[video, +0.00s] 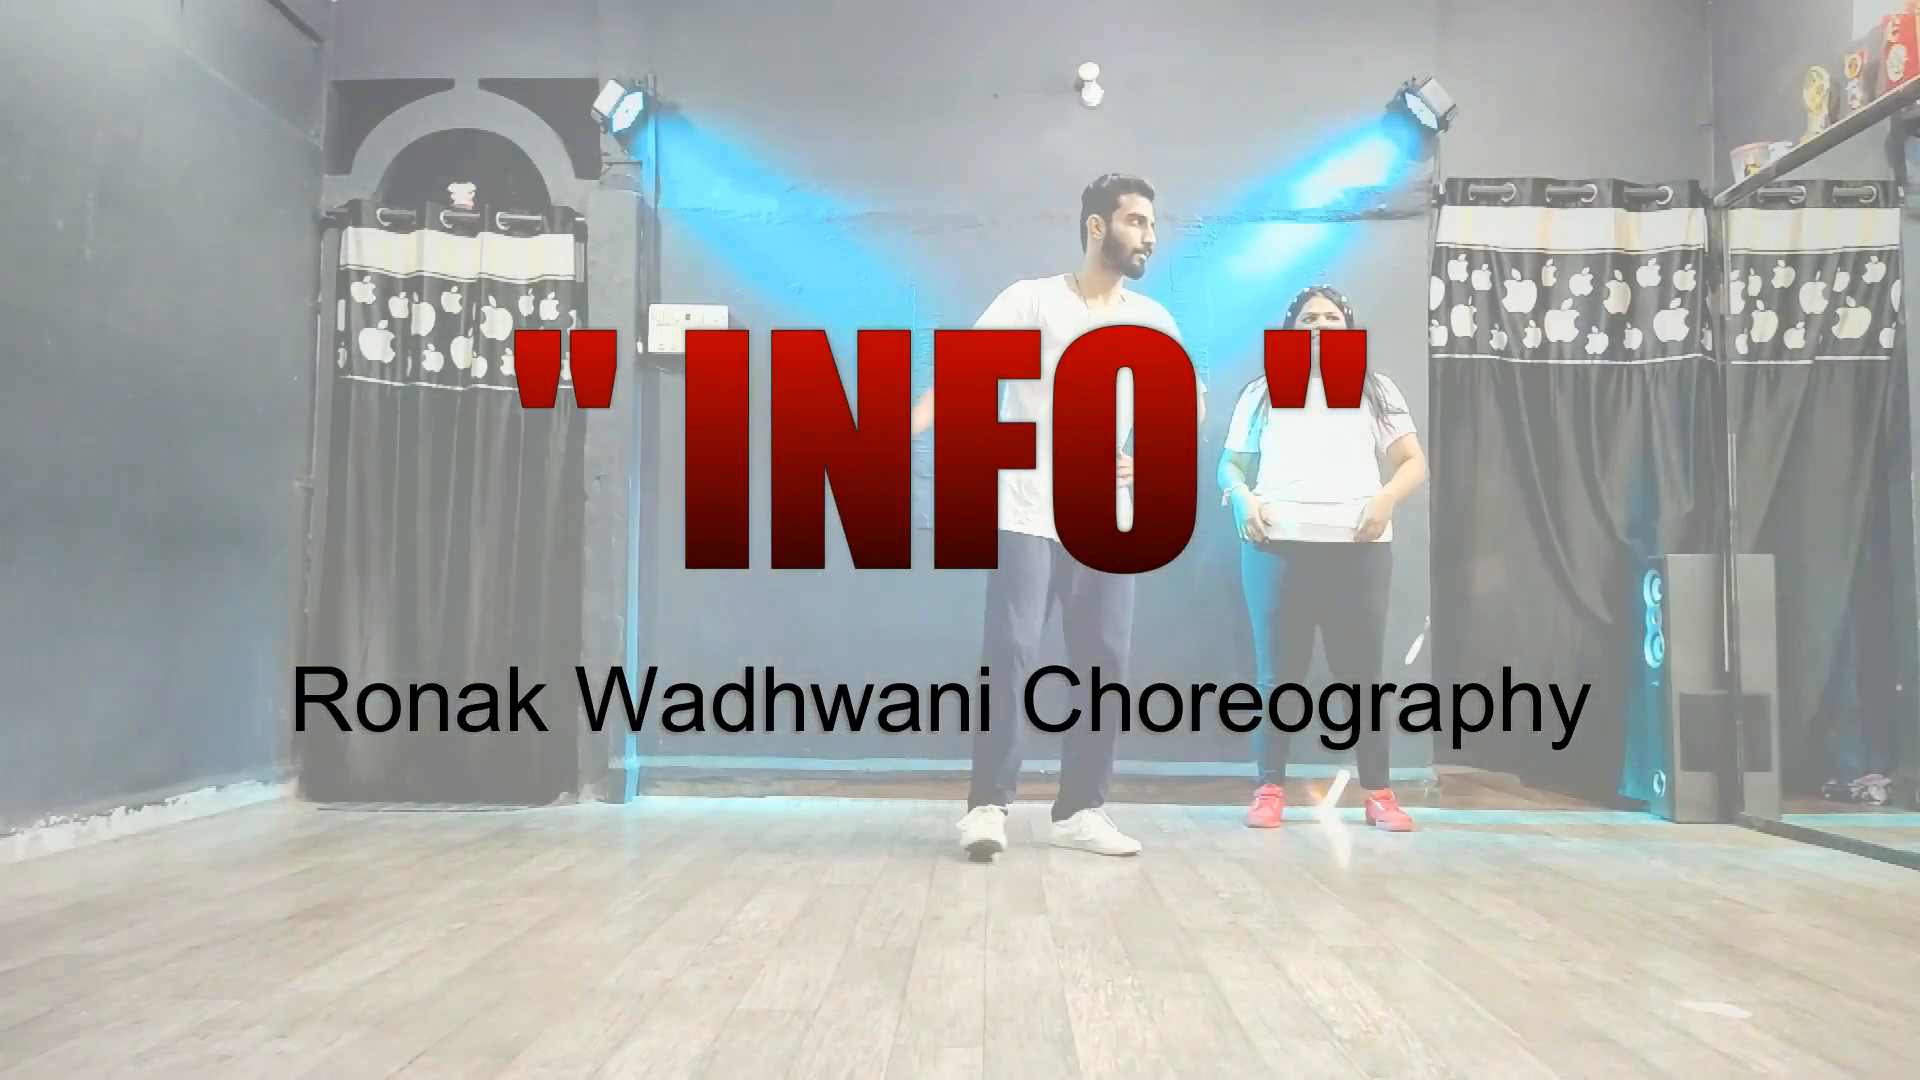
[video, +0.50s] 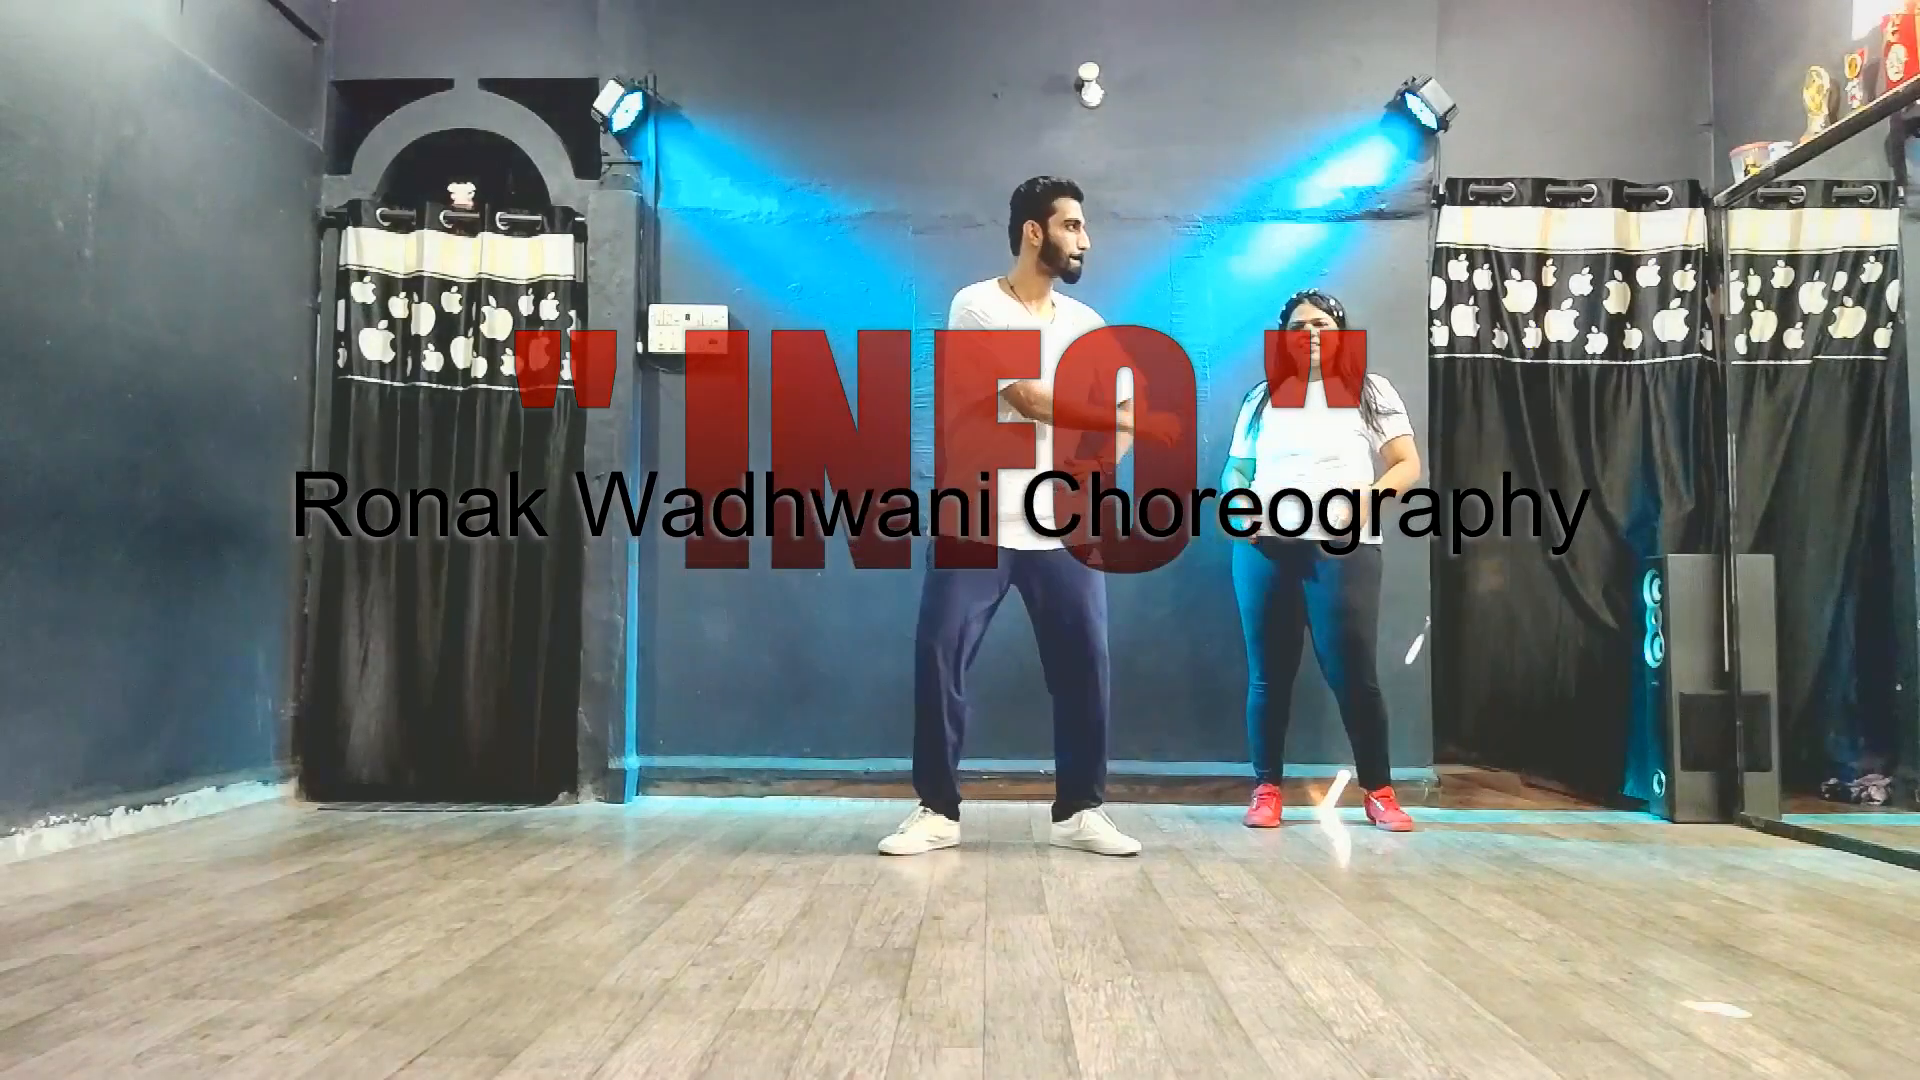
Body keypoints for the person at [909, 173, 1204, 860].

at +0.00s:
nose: (1147, 234)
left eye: (1151, 224)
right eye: (1135, 221)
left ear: (1151, 237)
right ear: (1095, 227)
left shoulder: (1156, 322)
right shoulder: (1026, 303)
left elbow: (1183, 417)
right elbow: (954, 383)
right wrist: (895, 439)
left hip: (1112, 517)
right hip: (1028, 510)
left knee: (1104, 659)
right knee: (1012, 650)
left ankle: (1080, 807)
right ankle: (988, 804)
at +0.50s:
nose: (1083, 237)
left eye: (1084, 226)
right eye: (1071, 224)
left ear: (1069, 237)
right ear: (1030, 231)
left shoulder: (1089, 326)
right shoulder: (973, 306)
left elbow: (1126, 425)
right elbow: (955, 412)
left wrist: (1054, 409)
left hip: (1066, 528)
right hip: (979, 522)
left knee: (1086, 662)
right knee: (937, 649)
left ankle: (1078, 809)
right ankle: (938, 811)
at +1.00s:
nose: (972, 257)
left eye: (978, 245)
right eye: (956, 246)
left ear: (984, 252)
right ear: (920, 255)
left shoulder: (1014, 325)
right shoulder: (880, 345)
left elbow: (1076, 394)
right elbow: (827, 431)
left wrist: (1044, 475)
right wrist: (752, 432)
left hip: (1002, 527)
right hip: (917, 530)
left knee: (1065, 649)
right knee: (911, 661)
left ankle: (1069, 805)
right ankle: (898, 809)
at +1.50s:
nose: (1005, 300)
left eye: (1020, 289)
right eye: (993, 285)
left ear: (1037, 298)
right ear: (972, 286)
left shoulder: (1066, 364)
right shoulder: (932, 352)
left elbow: (1144, 424)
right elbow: (898, 427)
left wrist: (1077, 491)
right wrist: (926, 415)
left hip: (1032, 536)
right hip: (944, 534)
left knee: (1062, 658)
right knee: (903, 649)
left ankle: (1080, 806)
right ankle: (890, 806)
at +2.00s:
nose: (984, 319)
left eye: (999, 306)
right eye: (972, 303)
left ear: (1019, 302)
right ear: (954, 296)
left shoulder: (1049, 344)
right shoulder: (927, 356)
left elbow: (1116, 423)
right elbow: (906, 417)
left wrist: (1059, 492)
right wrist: (892, 428)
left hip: (1014, 525)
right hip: (928, 520)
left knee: (1044, 657)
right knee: (892, 643)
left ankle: (1075, 804)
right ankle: (885, 807)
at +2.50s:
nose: (1025, 308)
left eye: (1033, 296)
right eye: (1011, 295)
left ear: (1039, 296)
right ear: (975, 292)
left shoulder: (1054, 357)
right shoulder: (926, 340)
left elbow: (1129, 424)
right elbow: (917, 399)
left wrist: (1067, 488)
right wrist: (916, 460)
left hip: (1024, 534)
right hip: (938, 532)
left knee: (1054, 655)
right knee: (904, 649)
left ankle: (1080, 805)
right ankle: (889, 806)